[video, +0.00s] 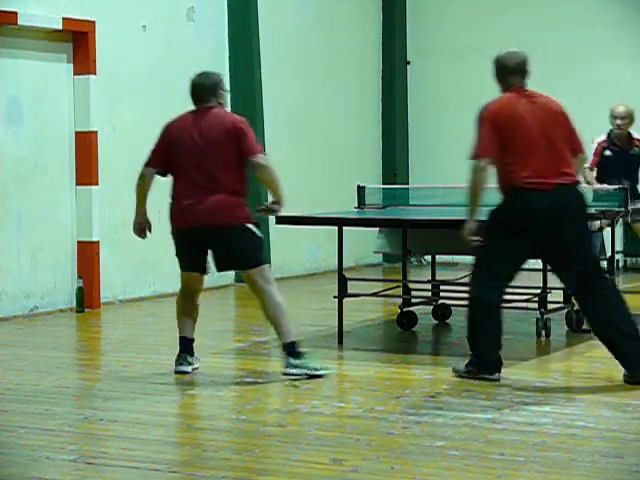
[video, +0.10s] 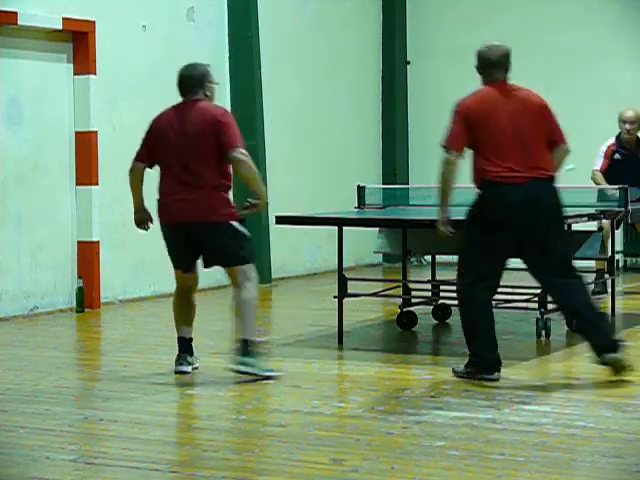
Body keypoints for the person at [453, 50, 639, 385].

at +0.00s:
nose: (499, 80)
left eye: (498, 75)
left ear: (498, 77)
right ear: (526, 75)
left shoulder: (494, 111)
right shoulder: (552, 106)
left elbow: (482, 165)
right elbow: (578, 155)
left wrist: (472, 217)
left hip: (522, 208)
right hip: (567, 205)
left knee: (486, 279)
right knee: (591, 281)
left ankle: (485, 363)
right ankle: (636, 362)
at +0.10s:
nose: (484, 73)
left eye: (480, 68)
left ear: (479, 70)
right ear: (508, 68)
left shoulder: (469, 107)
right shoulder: (533, 101)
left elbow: (452, 159)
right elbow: (561, 148)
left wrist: (443, 212)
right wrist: (538, 180)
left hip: (496, 203)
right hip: (541, 200)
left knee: (474, 284)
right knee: (560, 275)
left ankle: (484, 364)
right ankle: (606, 346)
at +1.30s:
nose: (528, 131)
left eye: (528, 126)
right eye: (529, 126)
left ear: (502, 113)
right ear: (522, 127)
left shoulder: (463, 122)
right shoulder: (500, 157)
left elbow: (423, 152)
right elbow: (482, 216)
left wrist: (452, 183)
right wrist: (490, 224)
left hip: (393, 195)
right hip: (427, 215)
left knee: (371, 267)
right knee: (465, 279)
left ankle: (330, 326)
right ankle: (453, 356)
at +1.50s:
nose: (521, 85)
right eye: (524, 80)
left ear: (495, 75)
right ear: (524, 83)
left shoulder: (462, 98)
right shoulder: (518, 125)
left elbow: (424, 139)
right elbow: (519, 187)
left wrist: (426, 177)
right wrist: (532, 190)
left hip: (421, 193)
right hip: (460, 206)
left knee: (419, 257)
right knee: (476, 282)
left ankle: (395, 325)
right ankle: (454, 357)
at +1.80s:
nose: (515, 59)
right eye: (516, 54)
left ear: (484, 57)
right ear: (515, 56)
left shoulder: (465, 96)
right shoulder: (527, 93)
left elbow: (454, 147)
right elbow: (546, 148)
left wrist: (490, 151)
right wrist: (565, 147)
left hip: (466, 199)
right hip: (511, 200)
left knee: (474, 281)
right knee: (514, 283)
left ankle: (472, 367)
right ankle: (488, 360)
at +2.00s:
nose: (539, 65)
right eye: (544, 58)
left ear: (516, 60)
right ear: (547, 61)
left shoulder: (492, 99)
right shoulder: (562, 101)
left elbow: (470, 157)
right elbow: (580, 159)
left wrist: (483, 190)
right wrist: (563, 177)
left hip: (492, 204)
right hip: (542, 207)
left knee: (477, 287)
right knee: (568, 281)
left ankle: (473, 370)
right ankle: (573, 352)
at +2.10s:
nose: (557, 69)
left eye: (547, 63)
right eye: (563, 63)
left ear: (538, 65)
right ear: (570, 67)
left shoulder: (513, 102)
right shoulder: (586, 106)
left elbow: (482, 156)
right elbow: (598, 169)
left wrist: (481, 206)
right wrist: (565, 183)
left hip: (514, 210)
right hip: (565, 214)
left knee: (489, 289)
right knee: (582, 293)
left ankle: (474, 368)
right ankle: (611, 365)